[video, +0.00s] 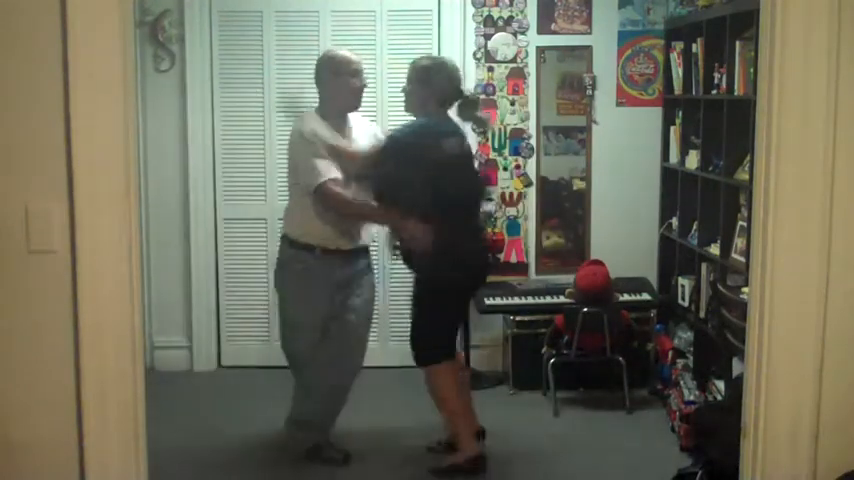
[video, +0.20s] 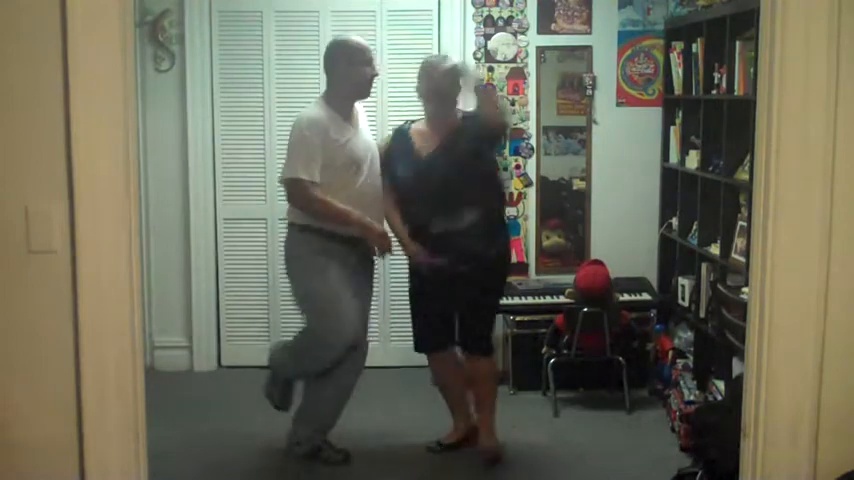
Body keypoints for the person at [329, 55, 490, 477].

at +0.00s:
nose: (403, 90)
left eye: (410, 83)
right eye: (407, 82)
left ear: (427, 91)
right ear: (445, 92)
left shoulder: (412, 138)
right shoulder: (454, 134)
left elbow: (367, 168)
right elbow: (392, 161)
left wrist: (334, 149)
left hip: (438, 257)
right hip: (466, 252)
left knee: (430, 348)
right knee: (444, 343)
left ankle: (467, 448)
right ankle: (466, 426)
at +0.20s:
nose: (437, 94)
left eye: (444, 87)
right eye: (430, 87)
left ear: (458, 90)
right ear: (419, 90)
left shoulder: (477, 128)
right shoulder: (403, 139)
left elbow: (497, 122)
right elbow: (389, 198)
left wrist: (480, 83)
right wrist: (408, 242)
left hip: (481, 253)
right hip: (430, 254)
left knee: (477, 342)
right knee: (435, 343)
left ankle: (487, 431)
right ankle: (462, 424)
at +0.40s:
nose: (489, 85)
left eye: (485, 79)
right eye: (478, 81)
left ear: (478, 89)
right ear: (456, 93)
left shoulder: (504, 122)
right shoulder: (440, 144)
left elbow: (533, 80)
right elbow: (429, 208)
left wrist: (519, 45)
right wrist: (483, 252)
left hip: (491, 245)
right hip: (445, 247)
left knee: (505, 333)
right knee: (453, 342)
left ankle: (490, 427)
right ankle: (430, 422)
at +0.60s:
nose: (515, 103)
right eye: (514, 96)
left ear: (475, 98)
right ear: (512, 100)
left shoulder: (463, 138)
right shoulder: (513, 148)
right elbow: (538, 208)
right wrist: (573, 232)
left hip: (457, 252)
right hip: (493, 256)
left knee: (499, 338)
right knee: (529, 339)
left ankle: (490, 429)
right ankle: (471, 400)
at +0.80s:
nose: (488, 91)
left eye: (492, 87)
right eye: (494, 87)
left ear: (497, 93)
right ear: (535, 95)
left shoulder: (473, 129)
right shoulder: (554, 146)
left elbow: (433, 85)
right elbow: (581, 197)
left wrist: (462, 45)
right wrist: (544, 218)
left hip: (482, 253)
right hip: (534, 252)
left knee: (497, 343)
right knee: (537, 327)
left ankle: (519, 430)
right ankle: (559, 410)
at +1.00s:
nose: (486, 90)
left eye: (493, 86)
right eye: (490, 84)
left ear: (508, 94)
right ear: (530, 98)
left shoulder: (486, 119)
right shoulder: (544, 132)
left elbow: (454, 80)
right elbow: (560, 189)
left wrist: (457, 26)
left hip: (500, 247)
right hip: (546, 245)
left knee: (482, 336)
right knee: (533, 330)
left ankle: (527, 412)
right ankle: (558, 416)